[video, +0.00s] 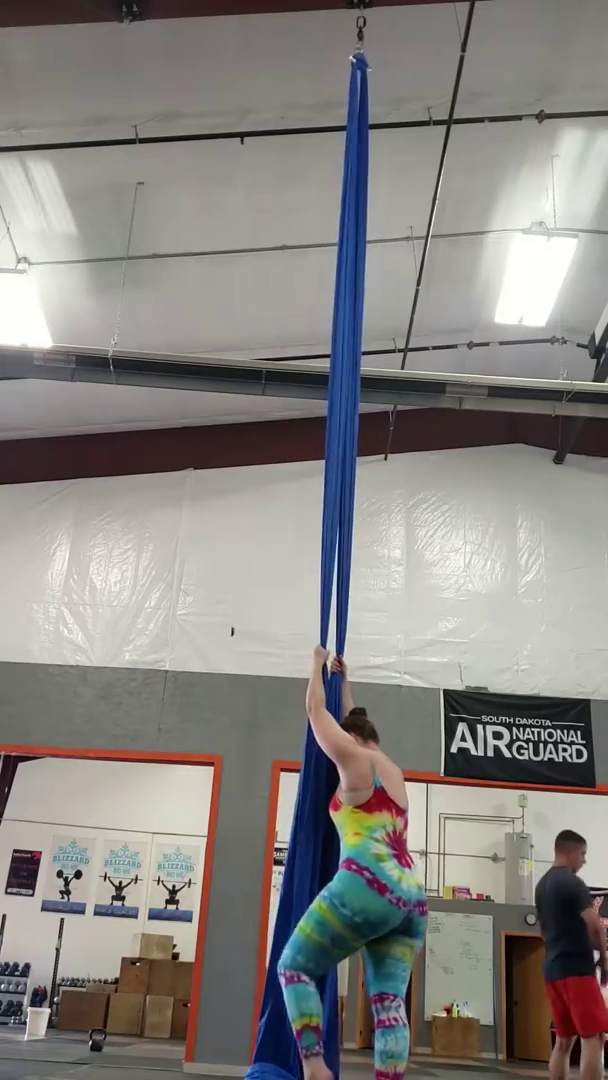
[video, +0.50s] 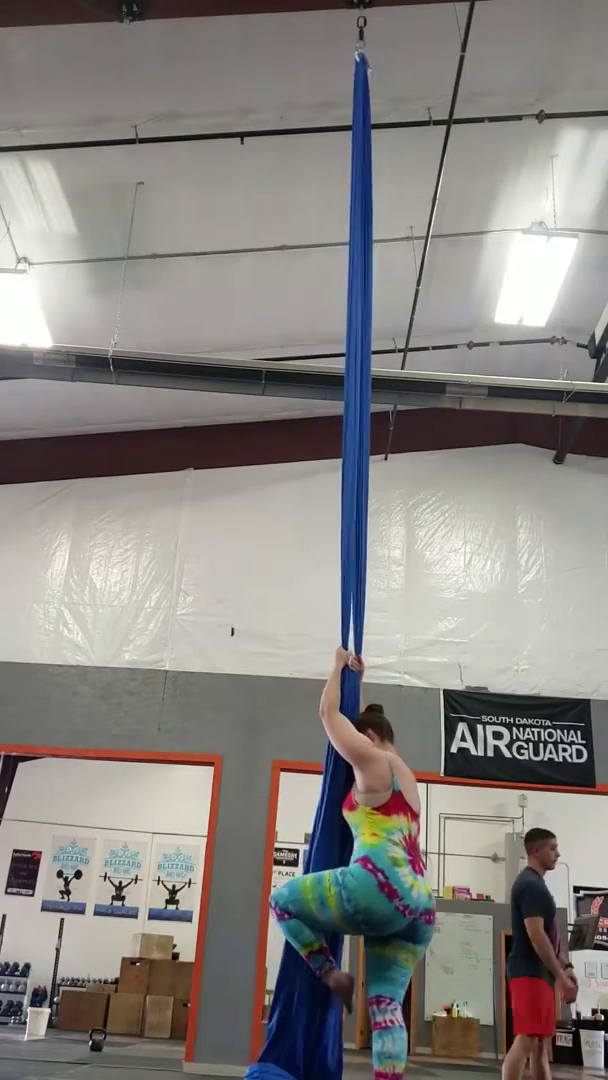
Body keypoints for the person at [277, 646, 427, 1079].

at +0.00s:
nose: (338, 743)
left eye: (341, 737)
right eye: (342, 738)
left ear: (349, 736)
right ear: (372, 736)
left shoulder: (353, 759)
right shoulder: (393, 772)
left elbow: (314, 710)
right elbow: (353, 726)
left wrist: (317, 667)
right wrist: (342, 680)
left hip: (365, 882)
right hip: (410, 894)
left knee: (295, 967)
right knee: (388, 1000)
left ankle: (314, 1068)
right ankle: (390, 1076)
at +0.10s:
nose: (340, 744)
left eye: (344, 740)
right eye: (342, 740)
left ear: (351, 737)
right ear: (373, 737)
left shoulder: (355, 758)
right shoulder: (394, 772)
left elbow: (316, 711)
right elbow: (353, 724)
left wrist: (318, 669)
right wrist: (342, 679)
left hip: (370, 882)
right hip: (414, 897)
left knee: (286, 947)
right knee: (392, 1005)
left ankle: (320, 1038)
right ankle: (391, 1076)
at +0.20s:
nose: (341, 744)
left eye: (345, 739)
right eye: (342, 740)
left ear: (356, 736)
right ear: (375, 736)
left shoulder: (359, 757)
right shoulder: (397, 772)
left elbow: (319, 711)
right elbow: (352, 725)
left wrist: (321, 666)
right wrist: (345, 679)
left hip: (373, 880)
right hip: (416, 898)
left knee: (283, 928)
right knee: (393, 1004)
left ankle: (327, 1007)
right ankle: (392, 1075)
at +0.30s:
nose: (346, 744)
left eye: (348, 738)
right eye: (347, 740)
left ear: (356, 733)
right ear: (380, 735)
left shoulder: (363, 755)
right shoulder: (400, 770)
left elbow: (323, 711)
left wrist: (327, 666)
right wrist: (347, 684)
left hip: (374, 881)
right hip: (416, 898)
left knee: (280, 914)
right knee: (391, 1005)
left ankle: (329, 993)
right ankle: (391, 1077)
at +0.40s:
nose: (348, 744)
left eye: (350, 738)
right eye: (349, 739)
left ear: (361, 734)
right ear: (384, 735)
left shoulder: (367, 756)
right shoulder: (402, 771)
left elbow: (327, 711)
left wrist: (333, 667)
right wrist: (351, 682)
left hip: (375, 882)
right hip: (416, 899)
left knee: (280, 907)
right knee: (389, 1003)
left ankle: (329, 980)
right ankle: (390, 1076)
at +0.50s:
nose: (353, 744)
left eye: (356, 737)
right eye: (355, 739)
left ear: (368, 735)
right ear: (388, 736)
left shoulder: (370, 757)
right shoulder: (405, 774)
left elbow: (329, 712)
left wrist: (337, 666)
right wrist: (355, 681)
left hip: (375, 883)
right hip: (417, 906)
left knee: (283, 903)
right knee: (385, 1002)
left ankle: (330, 974)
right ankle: (389, 1076)